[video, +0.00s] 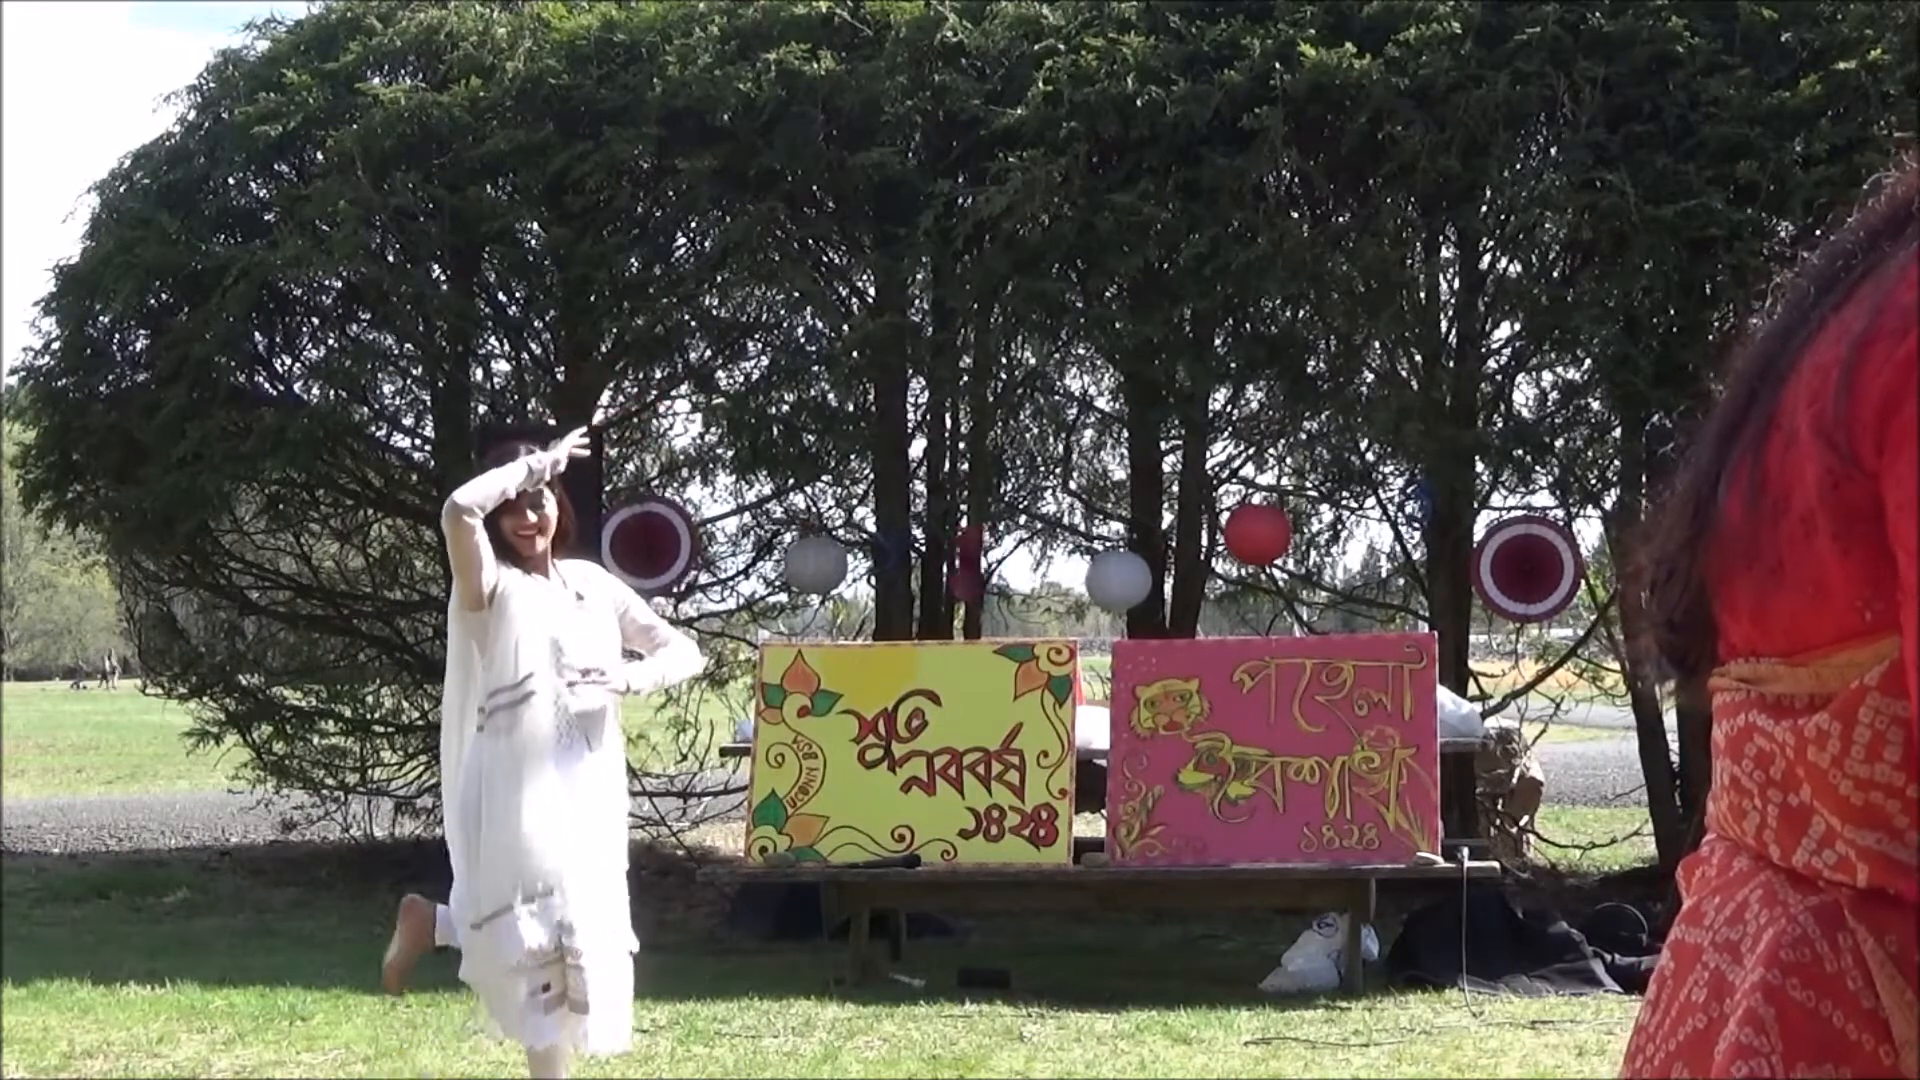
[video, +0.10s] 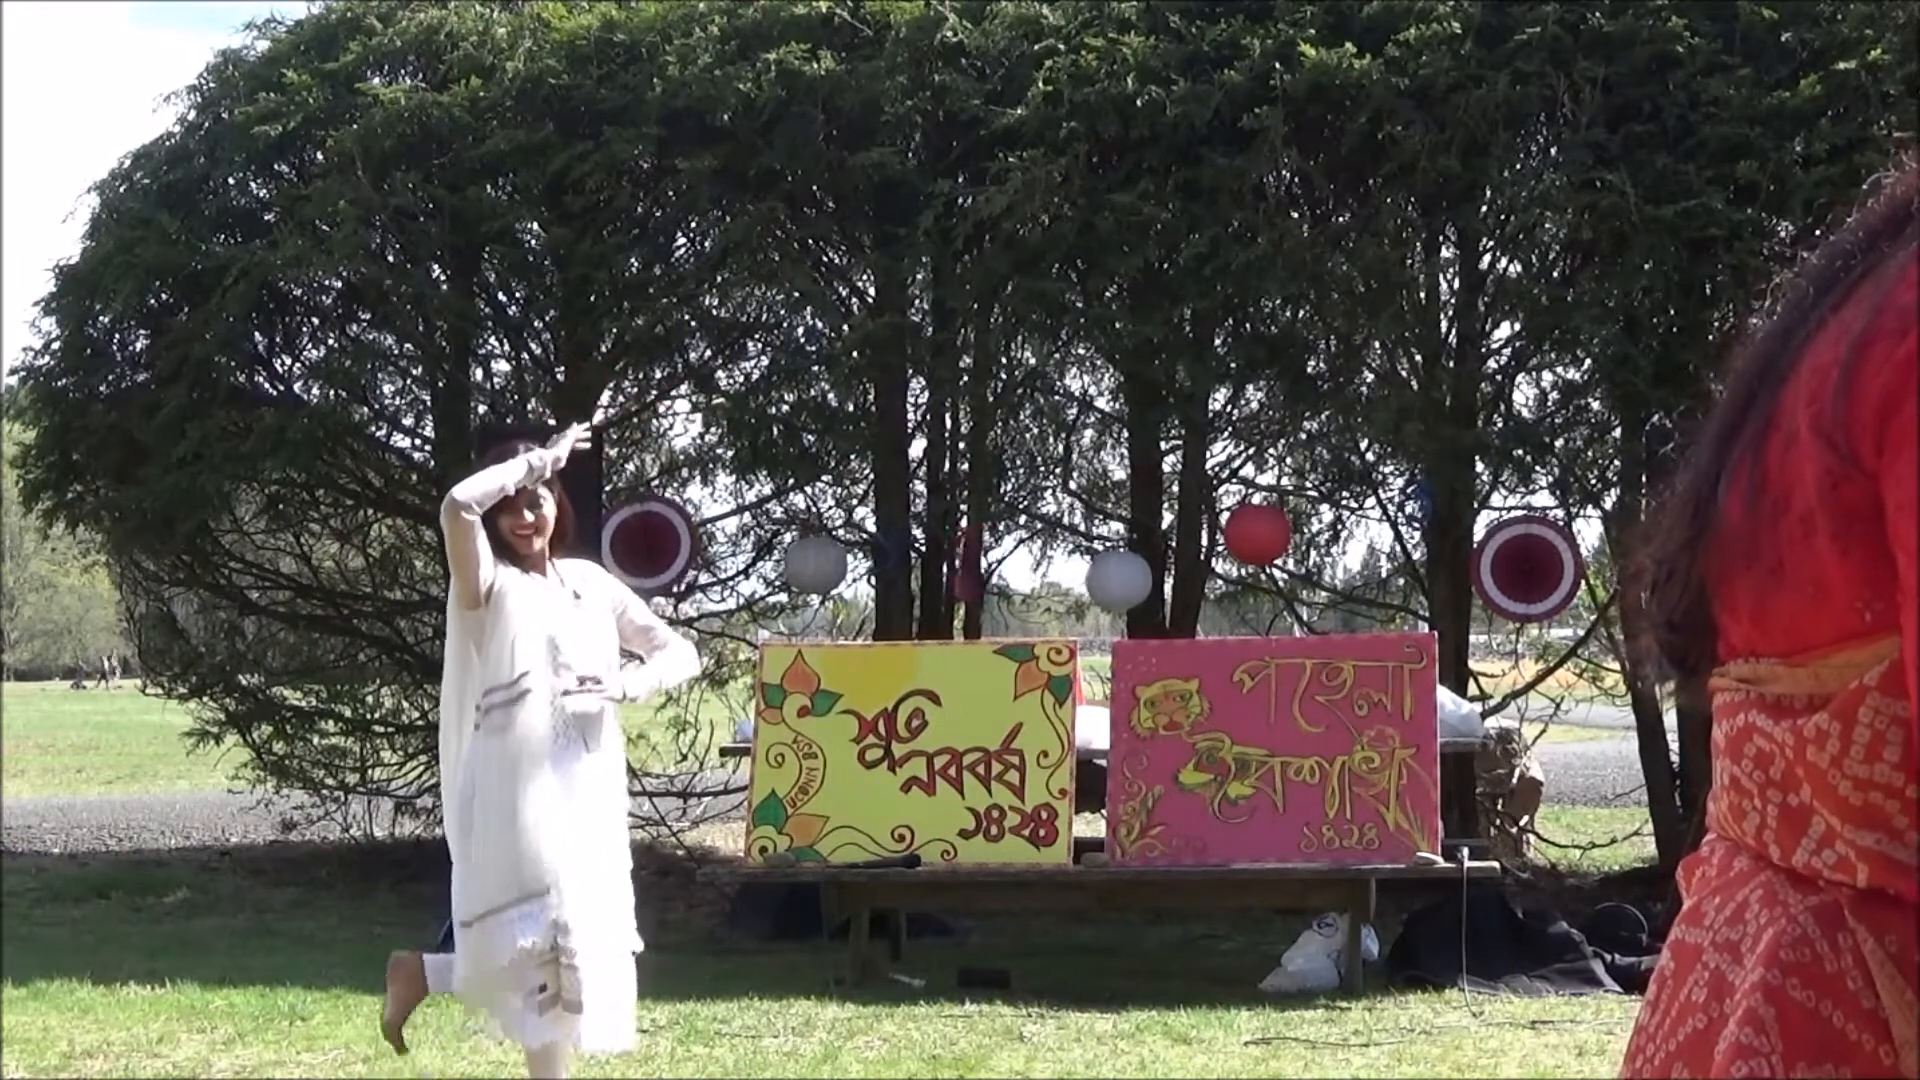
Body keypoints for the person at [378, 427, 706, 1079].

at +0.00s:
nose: (529, 516)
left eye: (540, 500)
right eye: (513, 505)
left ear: (558, 506)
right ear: (493, 518)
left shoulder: (589, 581)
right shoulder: (485, 587)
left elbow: (684, 653)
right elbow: (459, 509)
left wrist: (629, 674)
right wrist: (538, 463)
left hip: (587, 778)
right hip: (511, 777)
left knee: (583, 934)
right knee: (535, 937)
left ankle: (431, 924)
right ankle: (425, 923)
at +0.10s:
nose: (524, 515)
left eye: (536, 499)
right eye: (509, 504)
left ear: (556, 503)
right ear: (490, 516)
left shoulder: (589, 580)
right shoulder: (482, 586)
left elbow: (680, 653)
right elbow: (459, 504)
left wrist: (627, 683)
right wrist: (542, 459)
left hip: (587, 779)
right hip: (510, 780)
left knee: (584, 941)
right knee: (541, 941)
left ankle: (422, 974)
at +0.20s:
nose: (522, 513)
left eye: (533, 497)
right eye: (508, 503)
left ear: (553, 500)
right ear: (489, 516)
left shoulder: (588, 576)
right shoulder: (481, 582)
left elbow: (677, 654)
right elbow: (458, 503)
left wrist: (625, 686)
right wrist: (541, 458)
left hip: (581, 791)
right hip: (508, 790)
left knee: (563, 966)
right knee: (540, 965)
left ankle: (425, 1072)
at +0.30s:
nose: (520, 508)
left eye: (531, 493)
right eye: (505, 498)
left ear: (553, 497)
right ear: (487, 509)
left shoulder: (586, 570)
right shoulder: (479, 578)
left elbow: (673, 651)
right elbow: (459, 497)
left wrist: (619, 689)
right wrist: (546, 452)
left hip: (578, 782)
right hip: (505, 781)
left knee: (546, 956)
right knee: (537, 953)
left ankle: (416, 1069)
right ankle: (548, 1071)